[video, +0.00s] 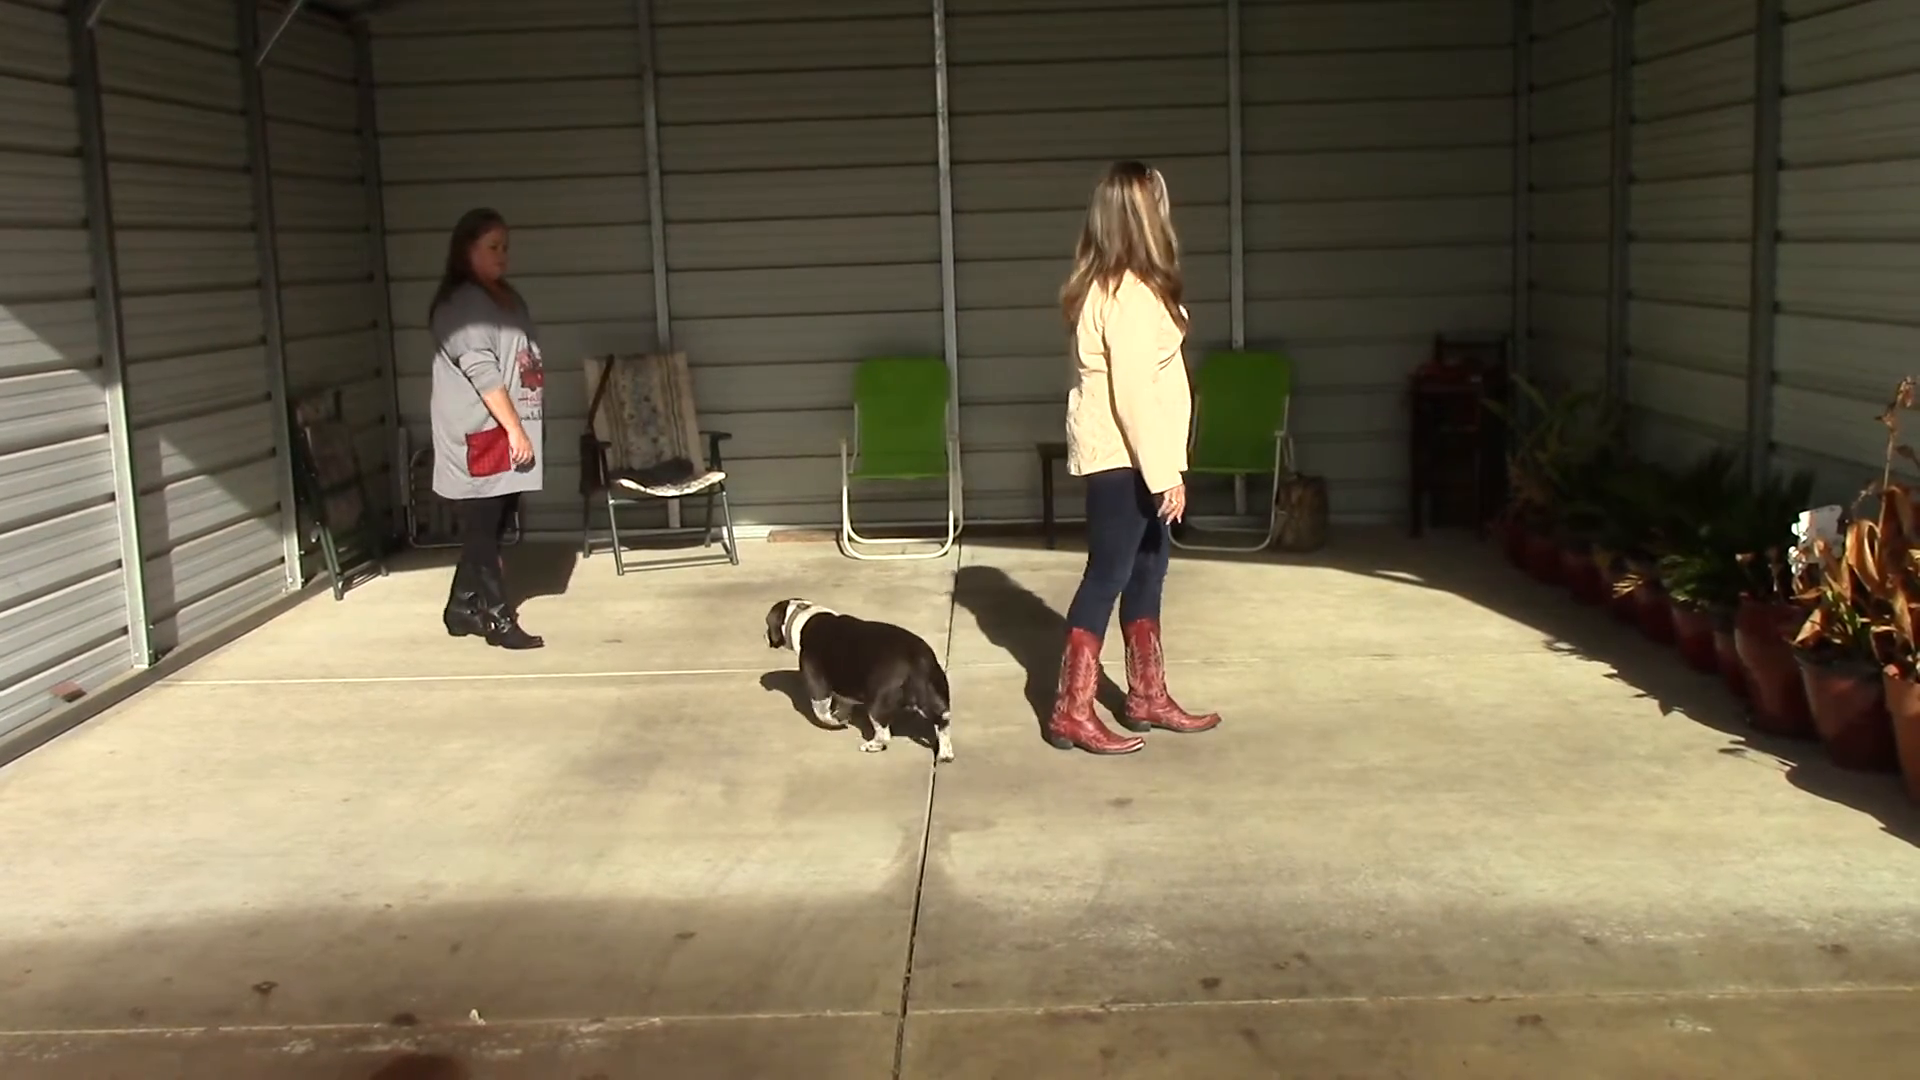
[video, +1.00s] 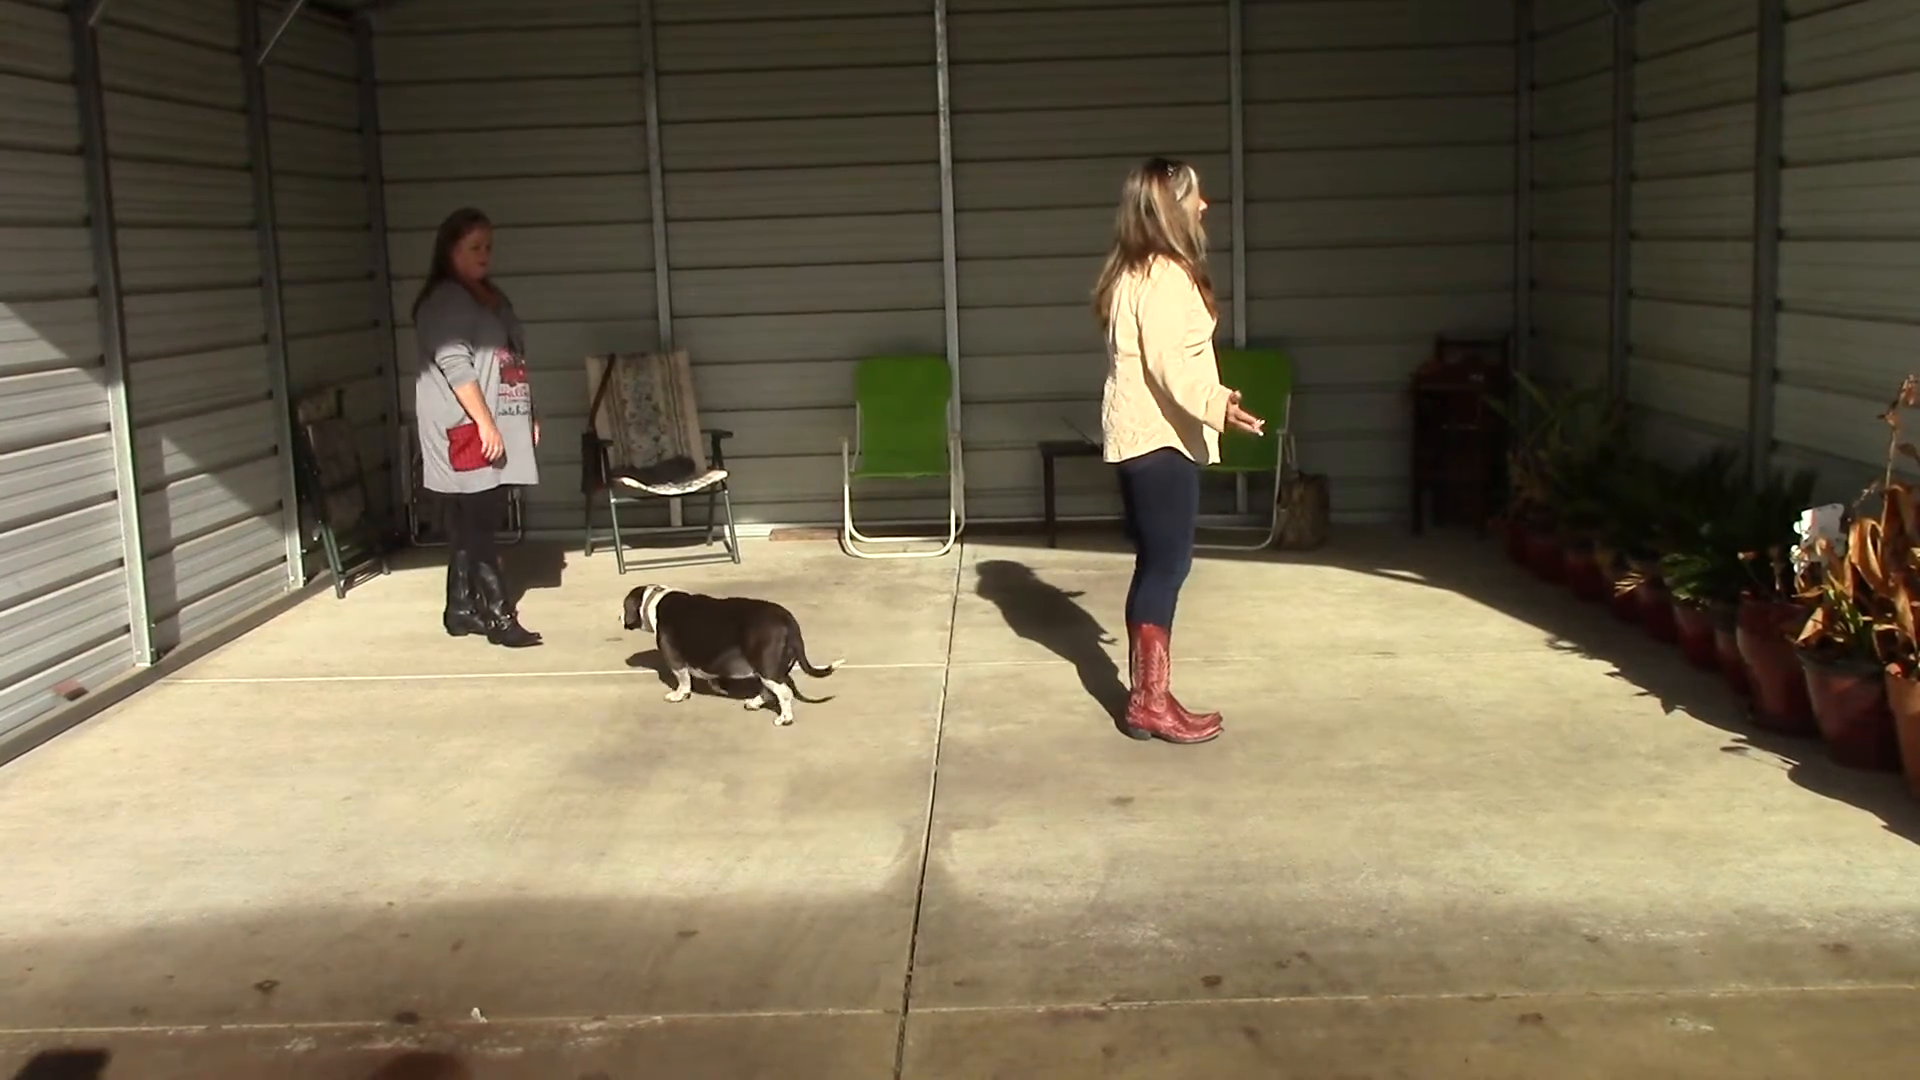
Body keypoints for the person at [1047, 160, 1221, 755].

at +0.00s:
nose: (1168, 219)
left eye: (1163, 208)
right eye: (1162, 210)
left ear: (1107, 217)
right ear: (1148, 218)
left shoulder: (1126, 286)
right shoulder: (1126, 292)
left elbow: (1147, 390)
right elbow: (1134, 397)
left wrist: (1171, 466)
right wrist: (1164, 477)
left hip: (1139, 451)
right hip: (1116, 454)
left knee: (1149, 564)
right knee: (1110, 570)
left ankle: (1147, 696)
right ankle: (1071, 710)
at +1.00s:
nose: (1204, 205)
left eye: (1201, 196)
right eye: (1195, 197)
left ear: (1152, 207)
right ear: (1172, 207)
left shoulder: (1137, 273)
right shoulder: (1165, 275)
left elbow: (1162, 363)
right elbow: (1171, 363)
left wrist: (1218, 399)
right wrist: (1217, 406)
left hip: (1141, 440)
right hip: (1161, 442)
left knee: (1155, 561)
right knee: (1168, 562)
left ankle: (1146, 694)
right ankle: (1151, 700)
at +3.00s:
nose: (1217, 205)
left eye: (1214, 195)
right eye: (1209, 196)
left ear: (1165, 202)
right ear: (1185, 203)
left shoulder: (1147, 270)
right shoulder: (1170, 274)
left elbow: (1176, 367)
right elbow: (1178, 367)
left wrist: (1230, 412)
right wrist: (1228, 419)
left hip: (1148, 438)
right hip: (1167, 440)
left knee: (1158, 559)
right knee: (1181, 559)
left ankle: (1148, 693)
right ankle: (1155, 697)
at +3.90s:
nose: (1181, 225)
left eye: (1188, 214)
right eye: (1170, 215)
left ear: (1196, 215)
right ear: (1144, 216)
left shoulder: (1185, 275)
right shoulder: (1131, 283)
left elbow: (1201, 369)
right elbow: (1127, 382)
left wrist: (1216, 442)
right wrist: (1151, 460)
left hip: (1191, 446)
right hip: (1161, 450)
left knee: (1170, 560)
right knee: (1165, 560)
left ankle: (1158, 692)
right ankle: (1151, 696)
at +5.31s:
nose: (1239, 207)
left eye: (1235, 197)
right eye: (1229, 198)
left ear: (1205, 208)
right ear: (1200, 210)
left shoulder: (1202, 284)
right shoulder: (1162, 289)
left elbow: (1199, 378)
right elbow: (1156, 384)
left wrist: (1225, 436)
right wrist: (1206, 447)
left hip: (1181, 450)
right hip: (1154, 449)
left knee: (1169, 562)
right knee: (1159, 563)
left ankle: (1158, 694)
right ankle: (1149, 699)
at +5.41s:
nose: (1234, 205)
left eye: (1231, 195)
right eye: (1225, 196)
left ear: (1189, 208)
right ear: (1197, 208)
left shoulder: (1189, 281)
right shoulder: (1169, 286)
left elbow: (1205, 366)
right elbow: (1189, 372)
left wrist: (1272, 383)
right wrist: (1273, 388)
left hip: (1175, 443)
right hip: (1162, 445)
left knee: (1165, 562)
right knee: (1161, 563)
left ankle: (1156, 693)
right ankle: (1152, 697)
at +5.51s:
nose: (1232, 209)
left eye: (1229, 198)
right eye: (1222, 199)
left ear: (1184, 208)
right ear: (1192, 207)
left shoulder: (1181, 276)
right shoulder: (1169, 283)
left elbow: (1225, 348)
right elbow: (1225, 354)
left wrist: (1301, 324)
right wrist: (1305, 327)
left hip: (1174, 442)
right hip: (1164, 443)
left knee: (1164, 564)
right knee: (1162, 564)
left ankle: (1156, 695)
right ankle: (1150, 699)